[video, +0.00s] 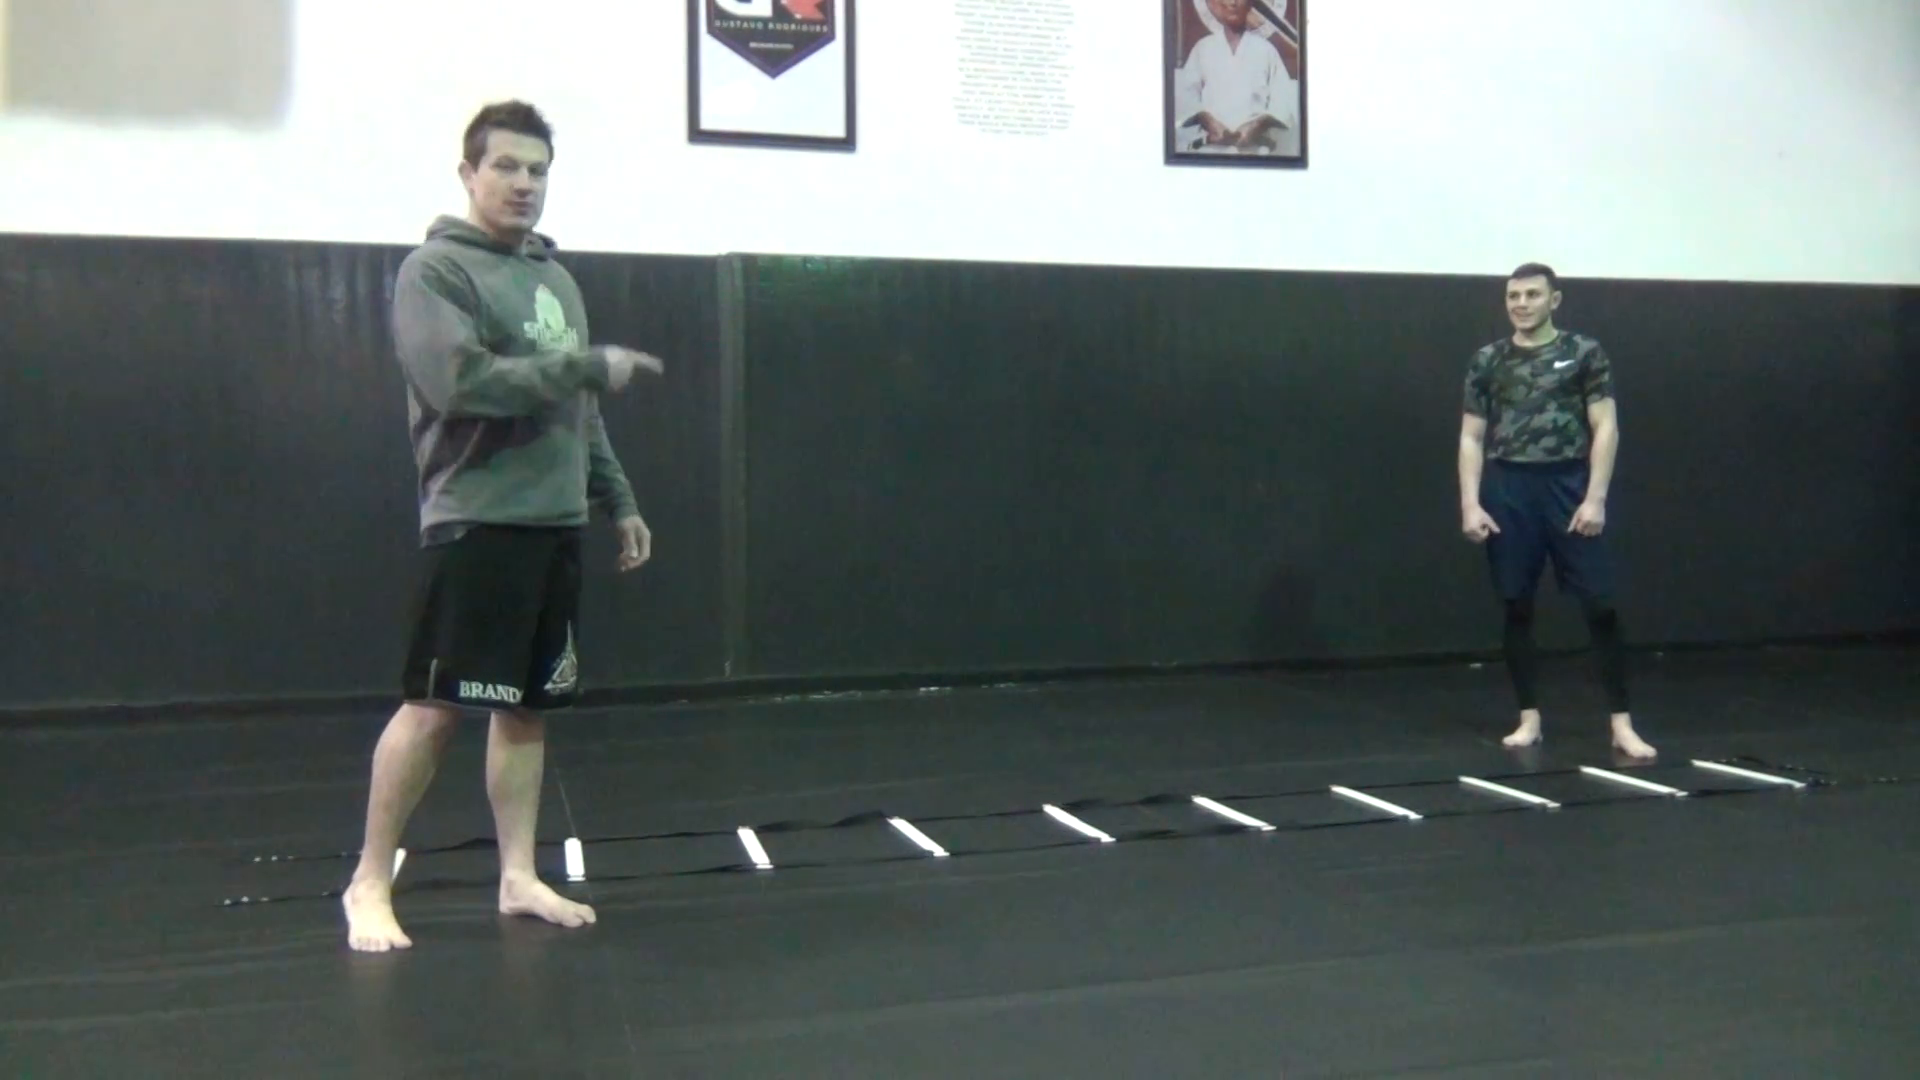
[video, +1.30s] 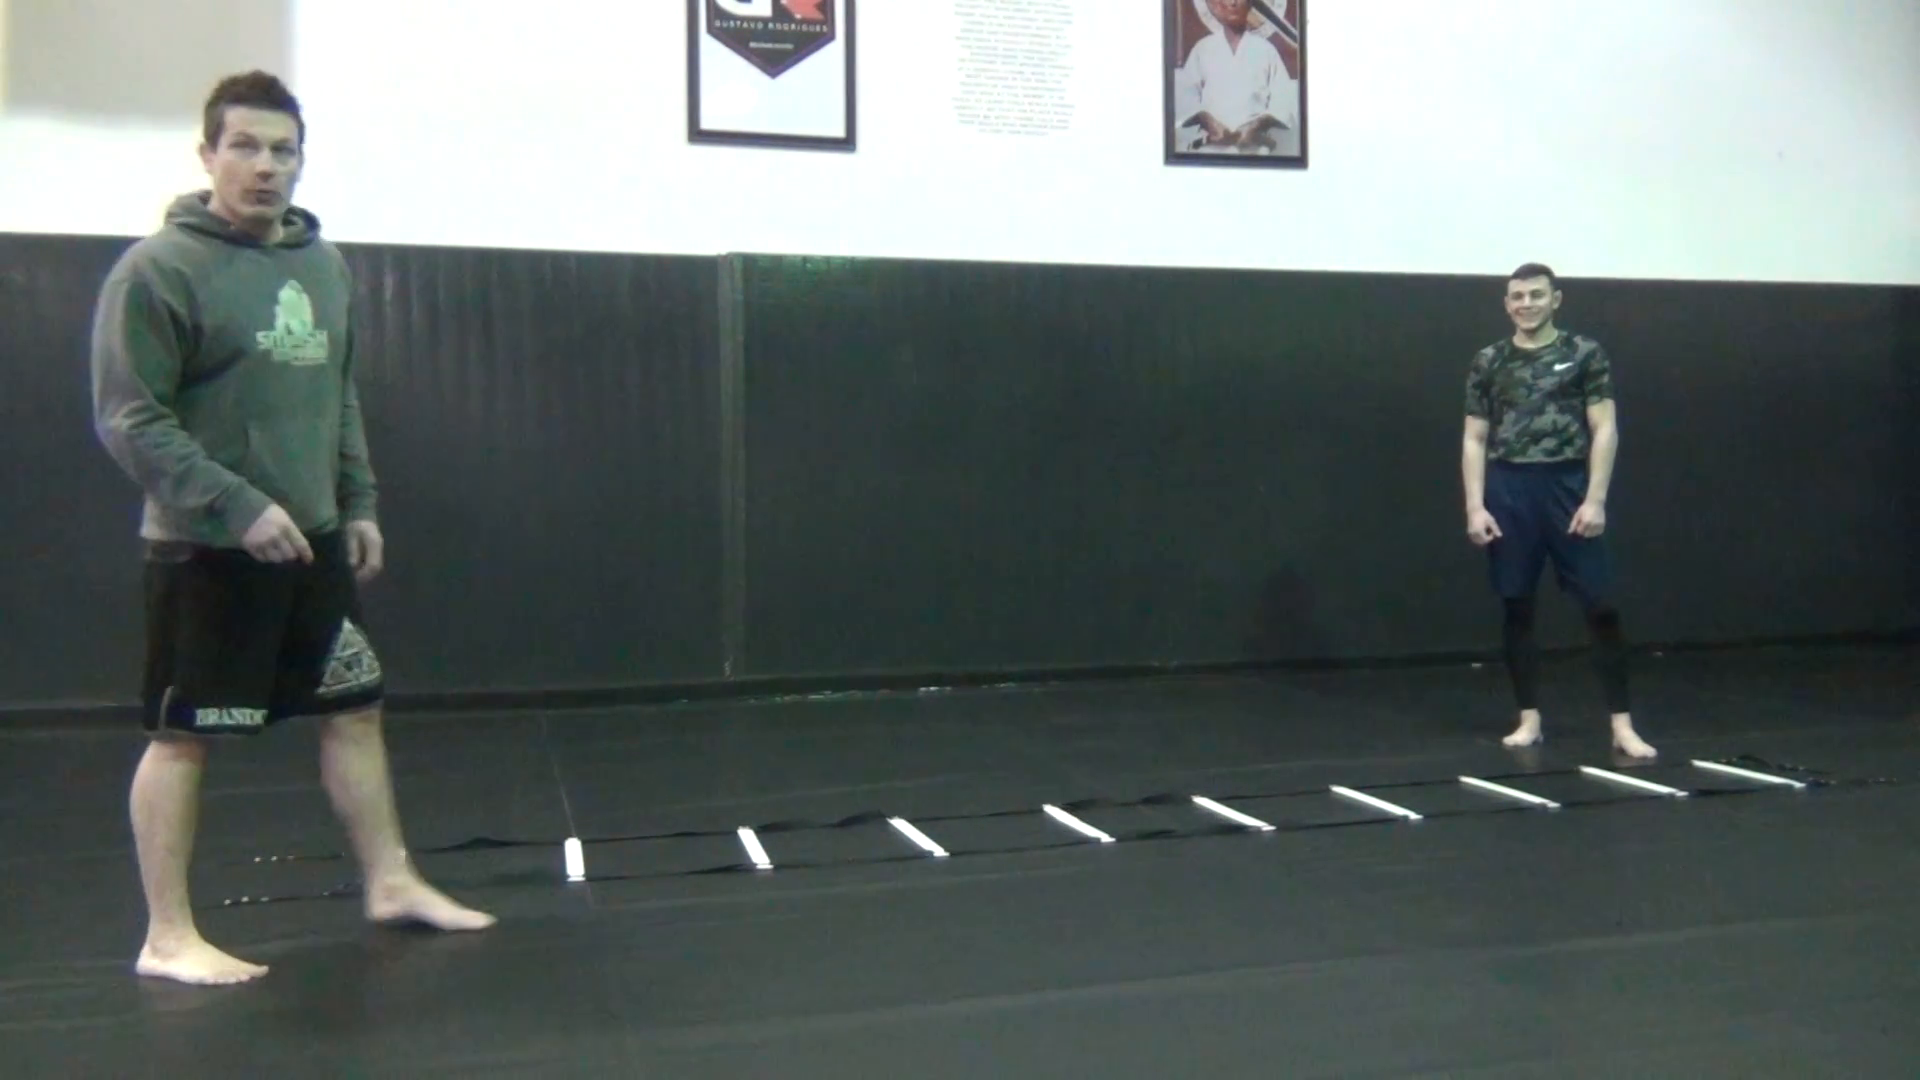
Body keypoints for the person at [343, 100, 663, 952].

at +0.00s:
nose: (523, 184)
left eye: (536, 170)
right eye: (506, 167)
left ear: (548, 182)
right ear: (468, 173)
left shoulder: (560, 282)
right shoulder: (432, 270)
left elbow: (583, 412)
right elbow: (455, 381)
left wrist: (620, 502)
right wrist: (585, 368)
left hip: (553, 523)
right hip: (473, 520)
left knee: (525, 709)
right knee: (432, 707)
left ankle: (519, 880)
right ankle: (370, 886)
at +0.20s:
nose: (533, 184)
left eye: (549, 170)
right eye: (517, 167)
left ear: (564, 182)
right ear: (483, 174)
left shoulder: (578, 284)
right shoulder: (437, 273)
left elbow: (600, 410)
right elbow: (402, 400)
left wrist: (621, 503)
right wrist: (498, 479)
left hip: (554, 536)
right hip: (468, 531)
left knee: (527, 710)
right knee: (434, 708)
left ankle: (520, 881)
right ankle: (374, 886)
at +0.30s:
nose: (541, 185)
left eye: (557, 172)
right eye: (526, 168)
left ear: (574, 184)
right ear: (494, 175)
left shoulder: (589, 288)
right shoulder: (439, 273)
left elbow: (607, 414)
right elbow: (399, 408)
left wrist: (627, 512)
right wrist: (422, 520)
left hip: (549, 534)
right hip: (464, 529)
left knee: (525, 710)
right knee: (429, 706)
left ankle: (521, 880)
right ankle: (375, 883)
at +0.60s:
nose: (536, 187)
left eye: (552, 175)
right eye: (521, 169)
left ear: (568, 189)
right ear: (488, 173)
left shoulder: (573, 297)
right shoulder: (423, 264)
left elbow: (597, 427)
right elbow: (352, 382)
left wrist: (640, 522)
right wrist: (318, 496)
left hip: (512, 536)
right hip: (416, 526)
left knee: (506, 711)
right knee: (363, 695)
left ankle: (518, 881)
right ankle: (269, 874)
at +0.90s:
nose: (418, 179)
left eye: (436, 166)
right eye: (402, 161)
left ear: (456, 182)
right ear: (370, 171)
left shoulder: (484, 289)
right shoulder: (316, 274)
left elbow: (522, 422)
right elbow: (270, 407)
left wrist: (566, 517)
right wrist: (320, 498)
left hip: (456, 548)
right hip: (352, 543)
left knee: (491, 713)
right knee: (281, 722)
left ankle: (518, 886)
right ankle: (182, 911)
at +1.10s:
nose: (320, 177)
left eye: (339, 162)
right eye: (302, 159)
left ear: (362, 178)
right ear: (272, 172)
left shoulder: (396, 287)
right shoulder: (222, 282)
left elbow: (420, 422)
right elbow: (185, 424)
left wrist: (441, 528)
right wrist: (274, 509)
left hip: (375, 554)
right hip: (261, 554)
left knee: (444, 704)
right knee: (218, 735)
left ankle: (511, 873)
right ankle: (171, 937)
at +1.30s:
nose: (265, 165)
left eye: (282, 150)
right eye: (246, 147)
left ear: (300, 161)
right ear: (207, 154)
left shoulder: (322, 263)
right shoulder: (156, 270)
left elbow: (343, 398)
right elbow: (128, 421)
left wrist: (359, 504)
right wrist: (240, 507)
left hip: (307, 541)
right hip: (200, 547)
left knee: (353, 698)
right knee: (182, 733)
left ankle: (391, 884)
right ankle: (169, 938)